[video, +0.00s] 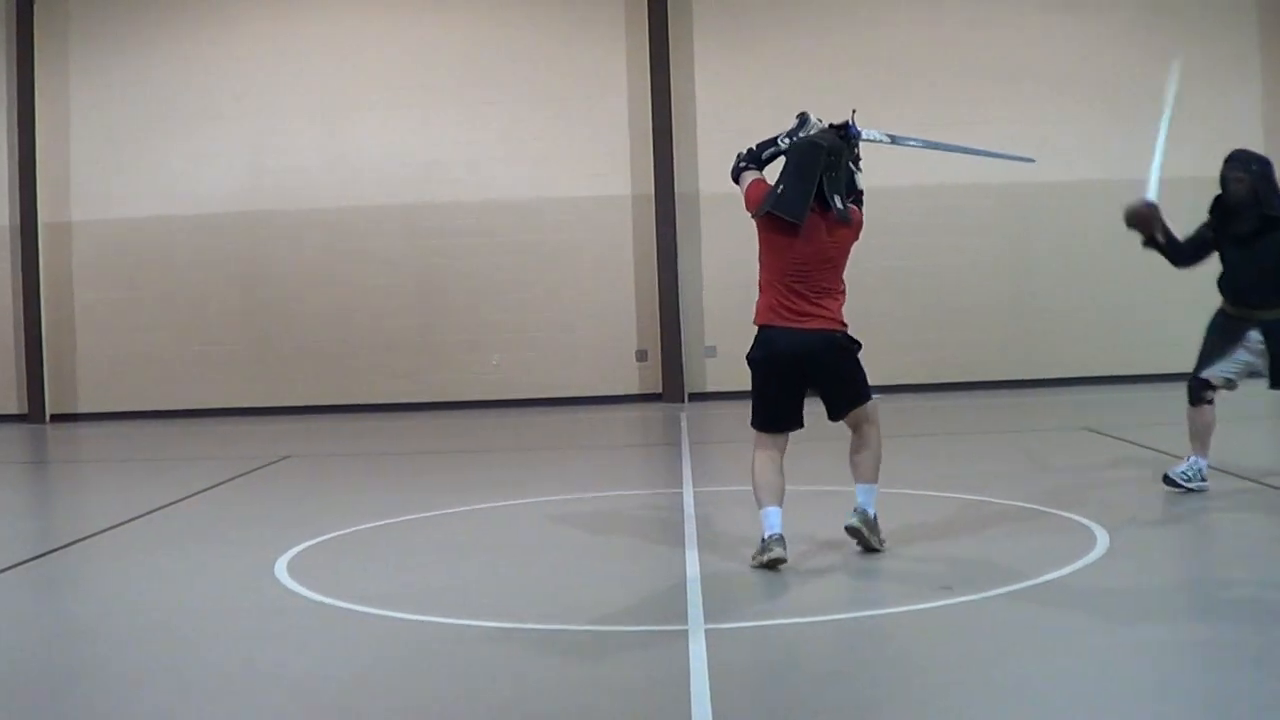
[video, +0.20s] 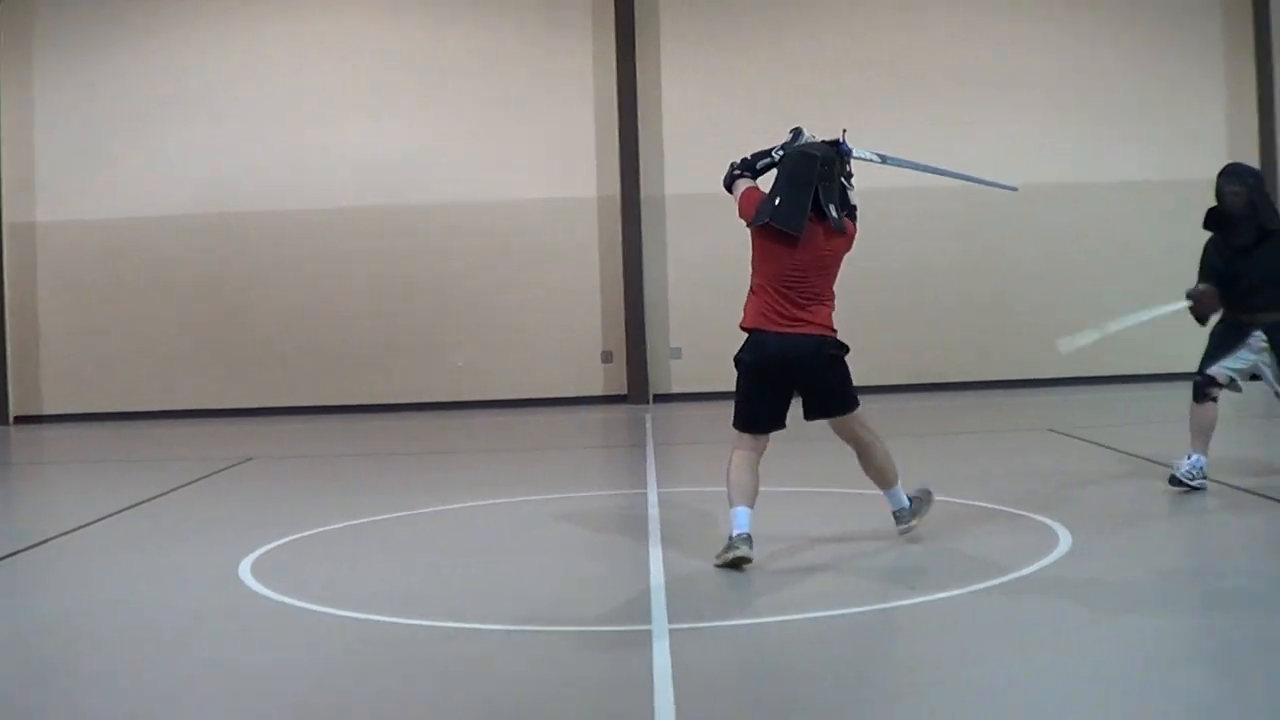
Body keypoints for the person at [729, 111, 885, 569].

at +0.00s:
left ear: (794, 174)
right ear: (838, 180)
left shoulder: (768, 207)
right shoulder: (847, 222)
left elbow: (745, 167)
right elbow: (850, 192)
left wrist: (787, 142)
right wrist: (845, 156)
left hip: (774, 342)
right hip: (829, 342)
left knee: (769, 445)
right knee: (864, 425)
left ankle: (772, 536)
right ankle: (865, 510)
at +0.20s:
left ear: (789, 186)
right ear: (830, 192)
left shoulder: (762, 216)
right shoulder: (840, 233)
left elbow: (737, 179)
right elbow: (844, 204)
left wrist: (777, 158)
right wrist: (837, 170)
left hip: (763, 347)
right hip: (819, 349)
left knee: (748, 447)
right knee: (856, 432)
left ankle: (740, 536)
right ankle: (902, 507)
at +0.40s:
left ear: (774, 192)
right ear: (812, 196)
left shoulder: (750, 224)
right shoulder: (825, 239)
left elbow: (721, 190)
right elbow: (829, 216)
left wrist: (763, 169)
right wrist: (821, 183)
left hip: (753, 350)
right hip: (807, 350)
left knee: (725, 445)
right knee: (838, 436)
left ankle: (701, 528)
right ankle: (860, 517)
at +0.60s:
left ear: (763, 184)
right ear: (806, 189)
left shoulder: (739, 214)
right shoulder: (816, 232)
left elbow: (717, 186)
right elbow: (826, 213)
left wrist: (753, 170)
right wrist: (817, 180)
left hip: (740, 340)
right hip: (794, 343)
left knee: (722, 437)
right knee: (819, 438)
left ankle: (715, 523)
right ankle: (837, 518)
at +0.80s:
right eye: (802, 189)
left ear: (756, 191)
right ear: (799, 195)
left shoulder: (733, 223)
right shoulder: (809, 240)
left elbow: (719, 199)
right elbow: (817, 266)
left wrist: (753, 194)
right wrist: (820, 219)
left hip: (731, 347)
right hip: (785, 350)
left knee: (708, 441)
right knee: (815, 435)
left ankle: (707, 520)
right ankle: (828, 516)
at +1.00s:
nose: (790, 207)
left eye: (786, 201)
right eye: (787, 202)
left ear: (736, 203)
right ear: (782, 208)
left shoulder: (715, 247)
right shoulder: (795, 261)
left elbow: (690, 283)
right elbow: (789, 320)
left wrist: (730, 290)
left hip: (717, 364)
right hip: (771, 366)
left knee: (694, 451)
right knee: (809, 434)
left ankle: (661, 511)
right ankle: (828, 516)